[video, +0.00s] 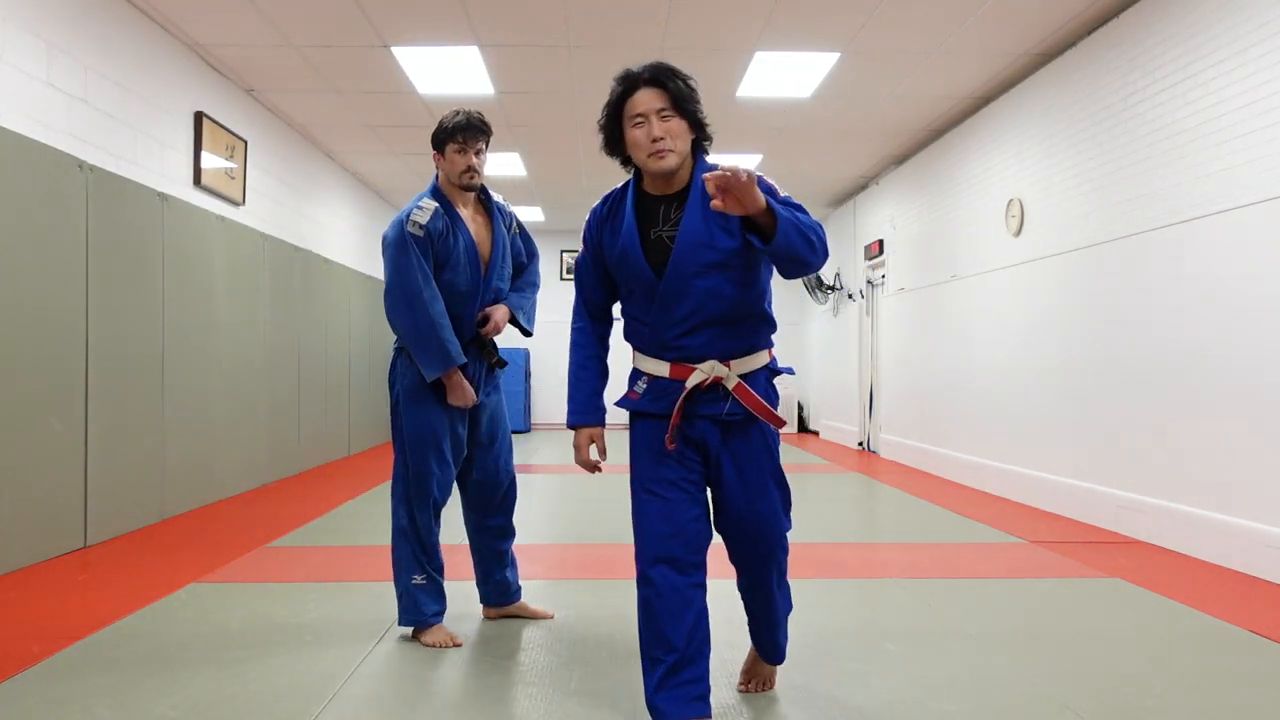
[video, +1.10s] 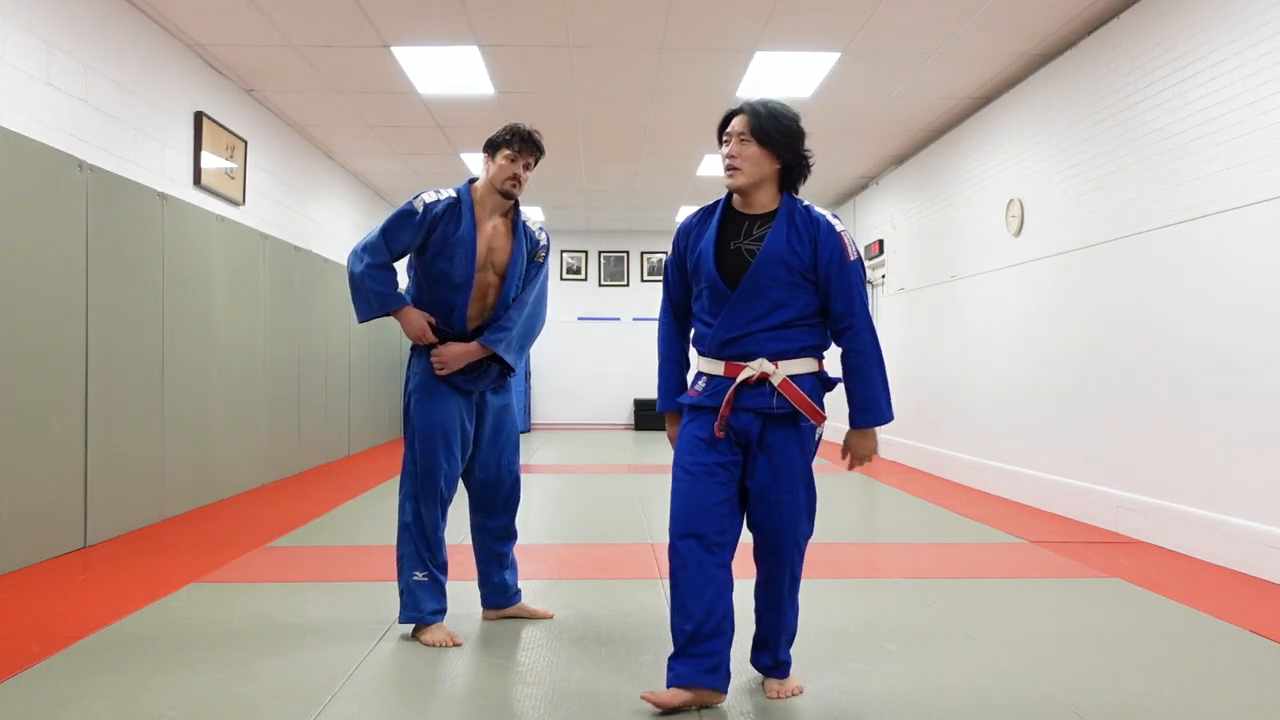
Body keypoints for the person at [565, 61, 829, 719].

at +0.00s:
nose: (656, 129)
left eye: (668, 115)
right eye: (639, 121)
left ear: (693, 126)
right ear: (622, 142)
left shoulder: (740, 189)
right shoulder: (608, 219)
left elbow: (811, 256)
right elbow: (590, 319)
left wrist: (763, 213)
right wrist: (585, 412)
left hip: (743, 395)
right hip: (658, 401)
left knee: (758, 541)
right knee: (666, 566)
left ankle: (767, 648)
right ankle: (678, 708)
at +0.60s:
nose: (671, 120)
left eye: (683, 107)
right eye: (655, 111)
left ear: (707, 121)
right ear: (637, 131)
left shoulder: (750, 187)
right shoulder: (620, 218)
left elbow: (813, 255)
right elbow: (601, 319)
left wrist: (777, 242)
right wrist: (598, 415)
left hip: (750, 390)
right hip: (664, 396)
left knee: (770, 541)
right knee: (669, 563)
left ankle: (787, 645)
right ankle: (679, 709)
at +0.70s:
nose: (690, 122)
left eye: (702, 112)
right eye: (676, 114)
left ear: (726, 129)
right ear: (656, 135)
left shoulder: (762, 196)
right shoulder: (635, 223)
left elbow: (802, 252)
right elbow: (615, 322)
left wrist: (807, 324)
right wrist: (611, 413)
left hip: (757, 390)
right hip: (671, 399)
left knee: (774, 542)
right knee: (672, 562)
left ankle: (788, 652)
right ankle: (679, 709)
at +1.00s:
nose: (720, 151)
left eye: (736, 142)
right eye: (715, 143)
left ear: (771, 156)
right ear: (709, 157)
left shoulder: (811, 234)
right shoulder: (686, 234)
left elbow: (842, 332)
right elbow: (665, 327)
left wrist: (842, 424)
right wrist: (662, 411)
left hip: (787, 409)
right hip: (705, 408)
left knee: (781, 549)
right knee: (700, 547)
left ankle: (774, 662)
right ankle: (694, 688)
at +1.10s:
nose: (729, 150)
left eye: (745, 140)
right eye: (727, 140)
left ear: (781, 154)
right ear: (723, 153)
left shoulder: (818, 231)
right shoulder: (695, 231)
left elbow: (855, 327)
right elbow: (674, 319)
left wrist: (864, 419)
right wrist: (671, 402)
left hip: (787, 406)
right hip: (709, 402)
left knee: (781, 541)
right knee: (695, 535)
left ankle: (775, 661)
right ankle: (698, 674)